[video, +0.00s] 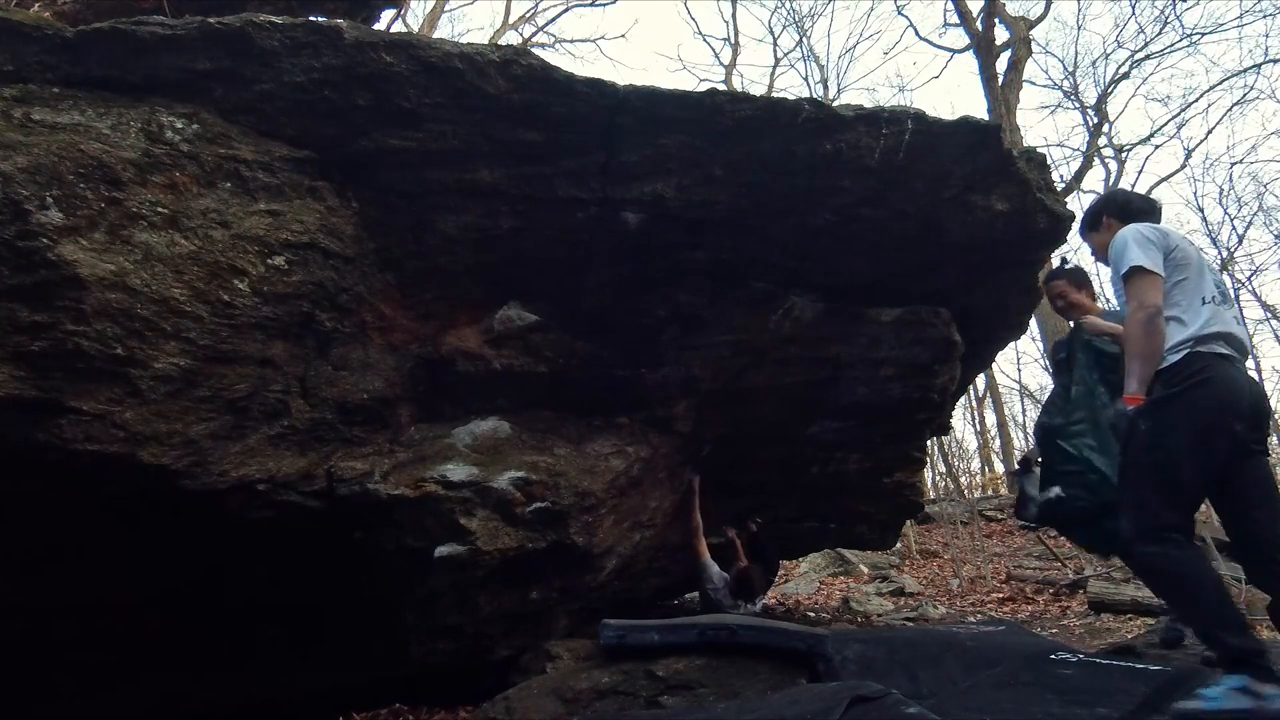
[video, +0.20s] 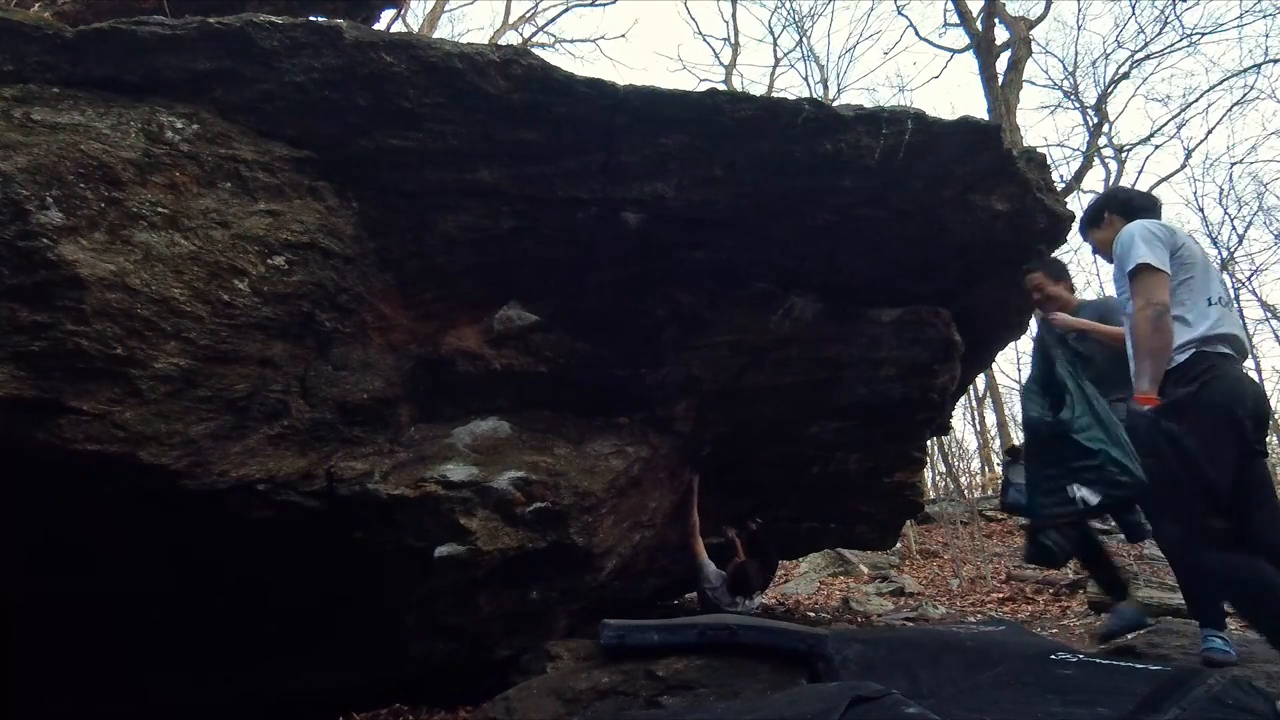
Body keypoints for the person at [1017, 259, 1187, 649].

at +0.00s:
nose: (1059, 305)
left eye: (1063, 295)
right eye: (1052, 300)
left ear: (1086, 289)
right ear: (1052, 307)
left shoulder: (1122, 320)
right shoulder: (1064, 348)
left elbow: (1151, 342)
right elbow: (1064, 401)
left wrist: (1104, 327)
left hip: (1135, 429)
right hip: (1090, 443)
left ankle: (1183, 610)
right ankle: (1174, 608)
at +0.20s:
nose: (1039, 300)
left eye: (1042, 289)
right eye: (1032, 296)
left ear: (1066, 281)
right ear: (1031, 302)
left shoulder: (1106, 309)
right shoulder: (1045, 339)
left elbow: (1140, 342)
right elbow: (1040, 396)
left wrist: (1077, 325)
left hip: (1129, 421)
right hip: (1078, 440)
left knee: (1173, 521)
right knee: (1060, 514)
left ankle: (1212, 627)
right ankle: (1123, 602)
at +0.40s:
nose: (1014, 306)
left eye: (1018, 296)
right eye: (1007, 302)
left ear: (1038, 288)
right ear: (1007, 306)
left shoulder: (1074, 315)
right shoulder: (1016, 343)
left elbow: (1111, 341)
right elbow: (1017, 407)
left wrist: (1046, 314)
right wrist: (1008, 454)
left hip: (1100, 444)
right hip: (1040, 455)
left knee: (1156, 530)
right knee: (1043, 549)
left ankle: (1211, 628)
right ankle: (1031, 638)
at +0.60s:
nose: (967, 317)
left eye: (972, 308)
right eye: (961, 314)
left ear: (994, 304)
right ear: (961, 320)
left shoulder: (1023, 338)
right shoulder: (977, 364)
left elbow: (1081, 354)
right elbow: (985, 424)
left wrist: (1030, 319)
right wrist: (970, 467)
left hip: (1056, 463)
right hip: (1010, 476)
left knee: (1108, 544)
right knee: (1021, 575)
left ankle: (1195, 624)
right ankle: (1035, 672)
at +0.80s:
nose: (925, 326)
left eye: (929, 317)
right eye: (919, 323)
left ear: (950, 314)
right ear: (916, 331)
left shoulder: (986, 342)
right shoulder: (930, 376)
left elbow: (1048, 362)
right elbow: (934, 431)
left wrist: (1003, 328)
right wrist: (916, 472)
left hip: (1014, 462)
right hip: (968, 475)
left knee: (1017, 560)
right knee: (997, 573)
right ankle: (1029, 664)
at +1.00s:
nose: (889, 328)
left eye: (891, 319)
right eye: (883, 325)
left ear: (912, 311)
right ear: (883, 330)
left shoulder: (948, 338)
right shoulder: (901, 372)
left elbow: (1007, 356)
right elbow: (897, 427)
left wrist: (968, 323)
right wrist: (869, 459)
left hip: (964, 463)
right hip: (933, 474)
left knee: (937, 556)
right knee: (979, 566)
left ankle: (934, 663)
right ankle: (1026, 656)